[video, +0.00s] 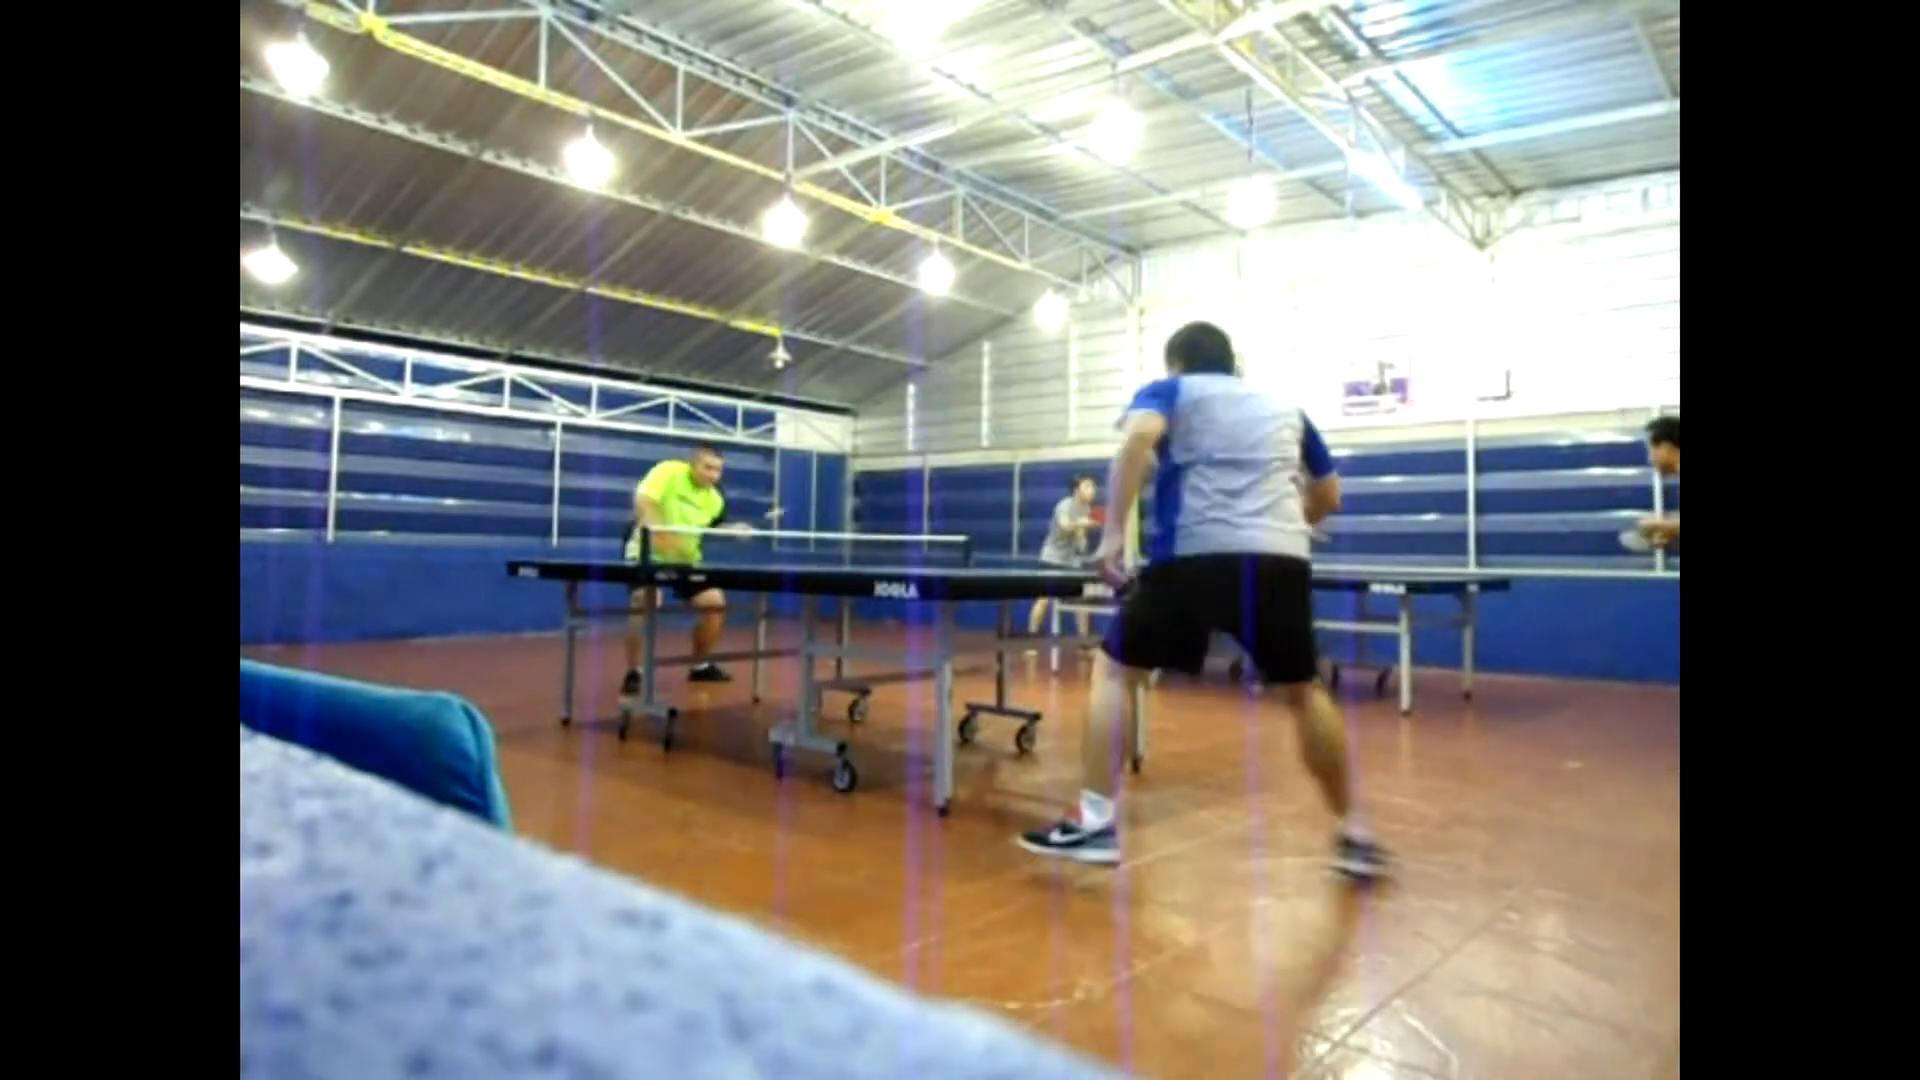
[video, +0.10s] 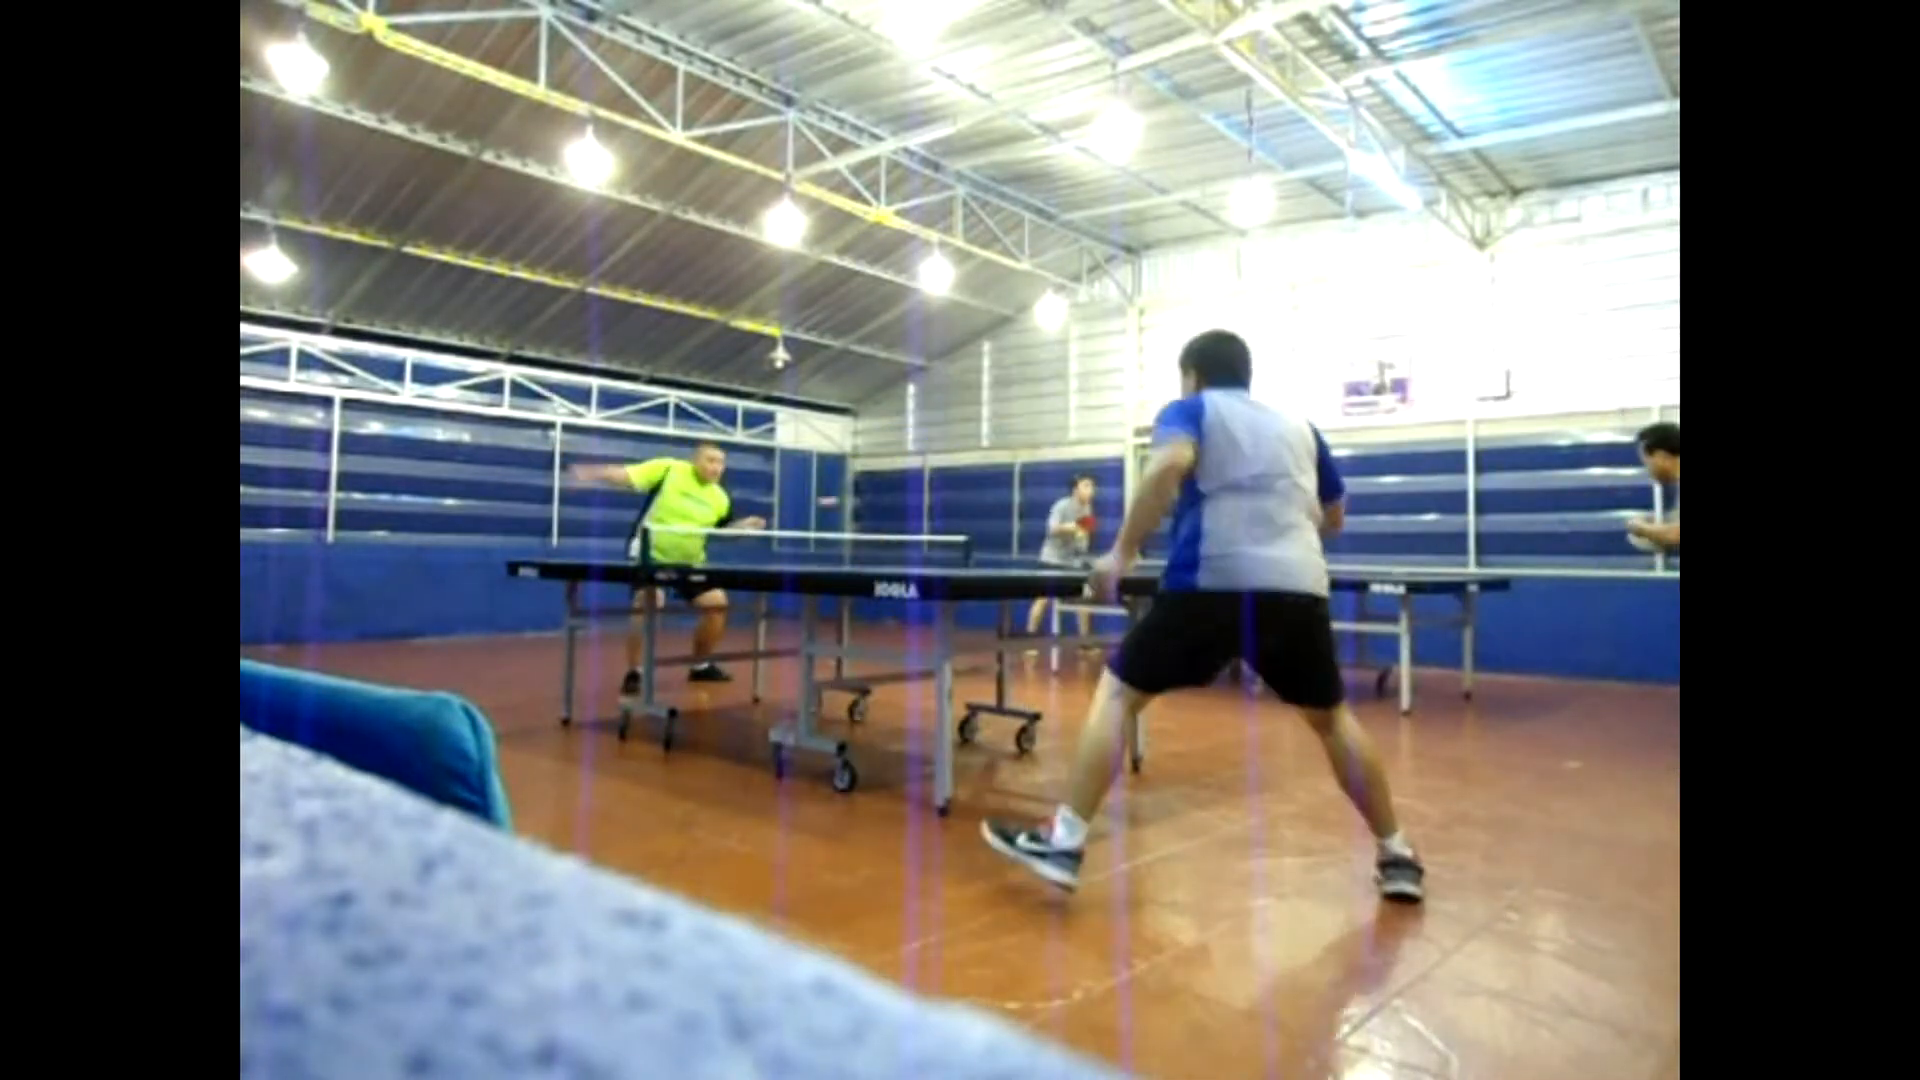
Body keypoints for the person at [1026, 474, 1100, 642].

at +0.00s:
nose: (1091, 491)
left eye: (1092, 487)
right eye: (1086, 486)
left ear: (1094, 490)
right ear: (1077, 489)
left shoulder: (1086, 510)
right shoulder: (1065, 505)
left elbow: (1081, 531)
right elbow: (1064, 525)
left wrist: (1082, 548)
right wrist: (1084, 524)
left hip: (1074, 560)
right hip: (1053, 559)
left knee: (1081, 602)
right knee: (1044, 598)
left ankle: (1084, 639)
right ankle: (1032, 635)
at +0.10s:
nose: (1089, 491)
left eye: (1091, 486)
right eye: (1085, 486)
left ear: (1093, 490)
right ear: (1075, 489)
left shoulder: (1087, 509)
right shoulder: (1062, 506)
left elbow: (1086, 526)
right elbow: (1053, 528)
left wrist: (1086, 529)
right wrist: (1074, 528)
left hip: (1076, 559)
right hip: (1053, 559)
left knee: (1083, 599)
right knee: (1043, 597)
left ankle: (1085, 638)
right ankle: (1030, 635)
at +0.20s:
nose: (1086, 492)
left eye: (1088, 488)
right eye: (1082, 487)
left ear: (1089, 491)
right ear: (1072, 490)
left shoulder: (1085, 508)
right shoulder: (1059, 506)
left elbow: (1085, 529)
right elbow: (1043, 530)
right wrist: (1060, 532)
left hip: (1074, 560)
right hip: (1050, 560)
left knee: (1083, 601)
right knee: (1043, 598)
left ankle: (1085, 638)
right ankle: (1030, 634)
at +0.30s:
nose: (1082, 492)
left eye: (1083, 488)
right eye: (1078, 488)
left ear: (1086, 491)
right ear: (1068, 491)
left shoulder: (1087, 510)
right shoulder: (1054, 507)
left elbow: (1092, 534)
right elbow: (1038, 533)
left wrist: (1078, 537)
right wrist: (1056, 534)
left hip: (1074, 563)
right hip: (1046, 562)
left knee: (1083, 599)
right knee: (1039, 598)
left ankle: (1085, 636)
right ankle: (1029, 635)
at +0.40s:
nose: (1078, 494)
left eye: (1079, 490)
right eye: (1074, 489)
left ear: (1083, 493)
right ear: (1064, 491)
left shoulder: (1085, 515)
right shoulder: (1050, 509)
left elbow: (1093, 537)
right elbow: (1033, 535)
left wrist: (1075, 539)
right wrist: (1053, 538)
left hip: (1070, 565)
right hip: (1042, 564)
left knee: (1076, 603)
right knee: (1037, 600)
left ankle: (1080, 640)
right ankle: (1028, 637)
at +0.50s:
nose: (1076, 498)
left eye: (1078, 493)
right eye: (1072, 493)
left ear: (1081, 496)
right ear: (1063, 496)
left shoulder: (1080, 515)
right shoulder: (1048, 513)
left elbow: (1082, 534)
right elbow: (1031, 537)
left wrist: (1075, 543)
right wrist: (1052, 545)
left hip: (1066, 563)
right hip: (1041, 563)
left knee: (1076, 600)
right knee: (1037, 599)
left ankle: (1080, 638)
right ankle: (1029, 636)